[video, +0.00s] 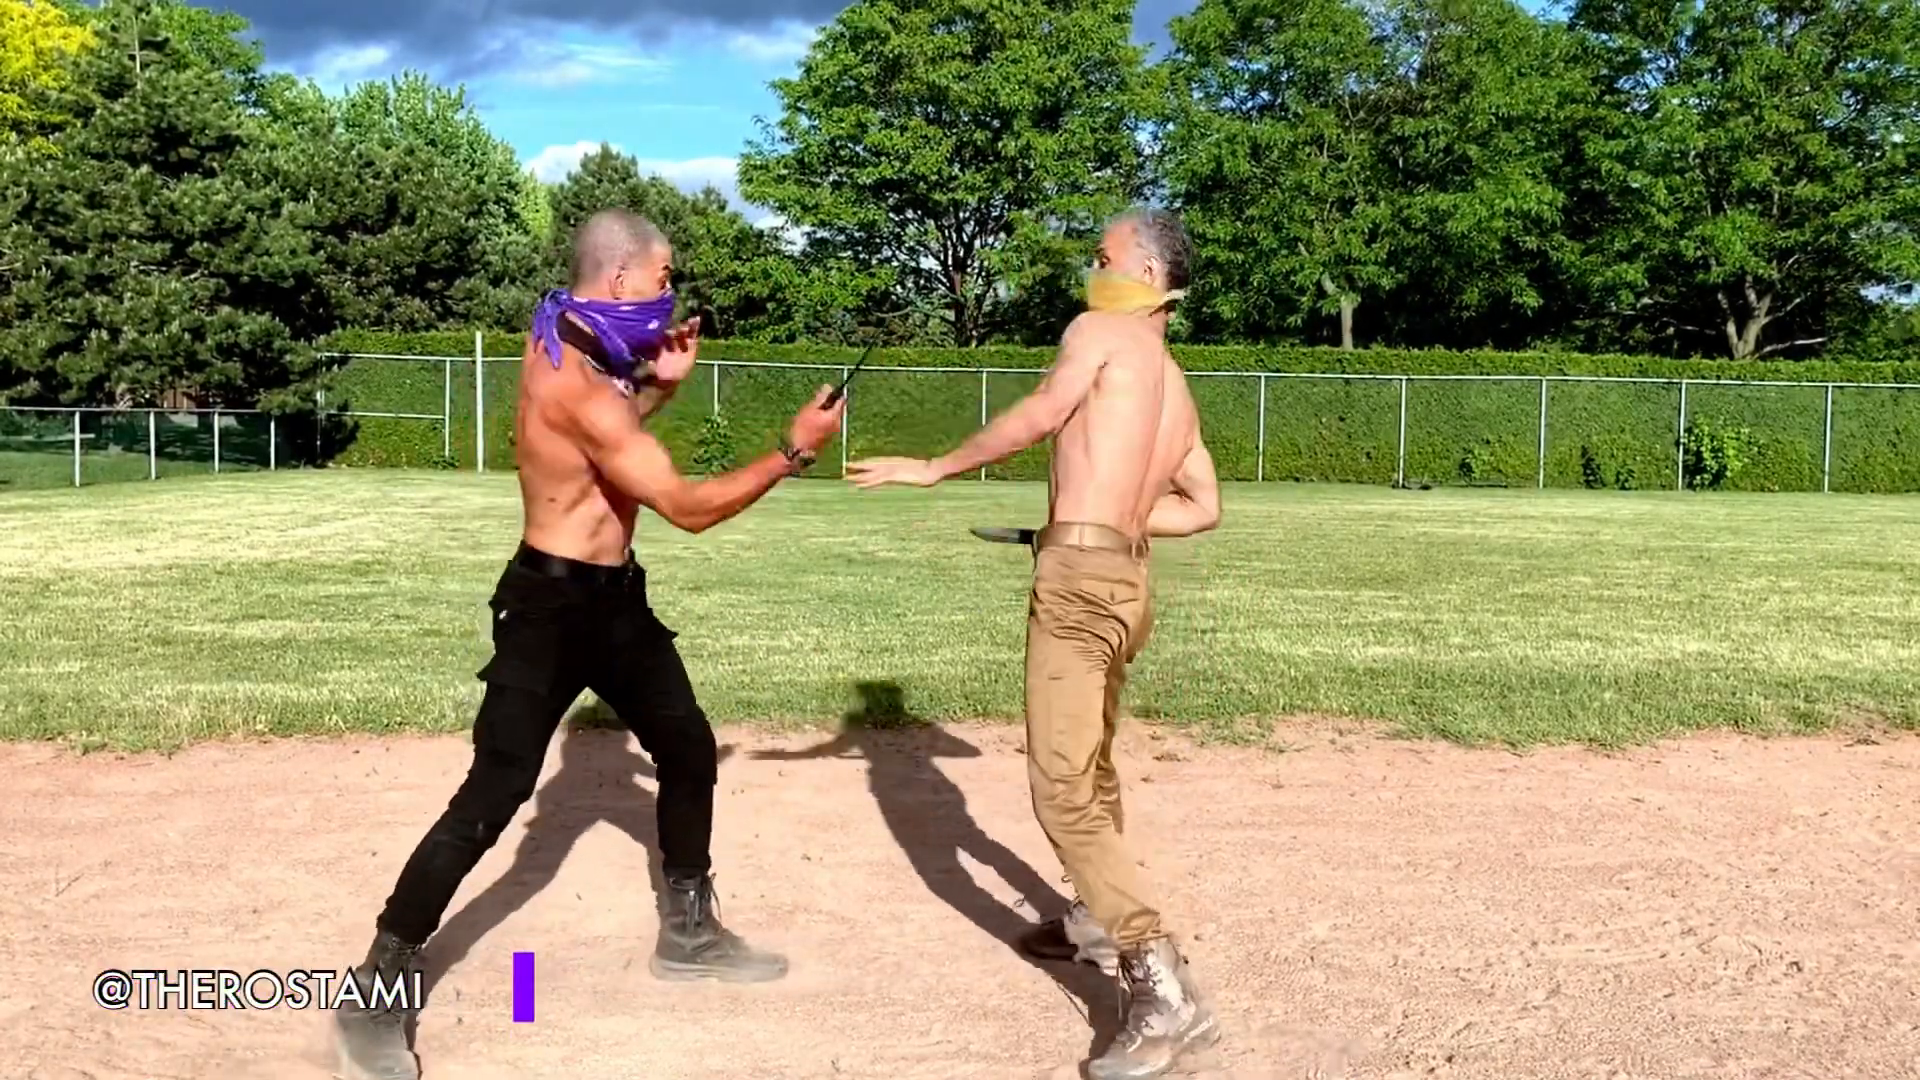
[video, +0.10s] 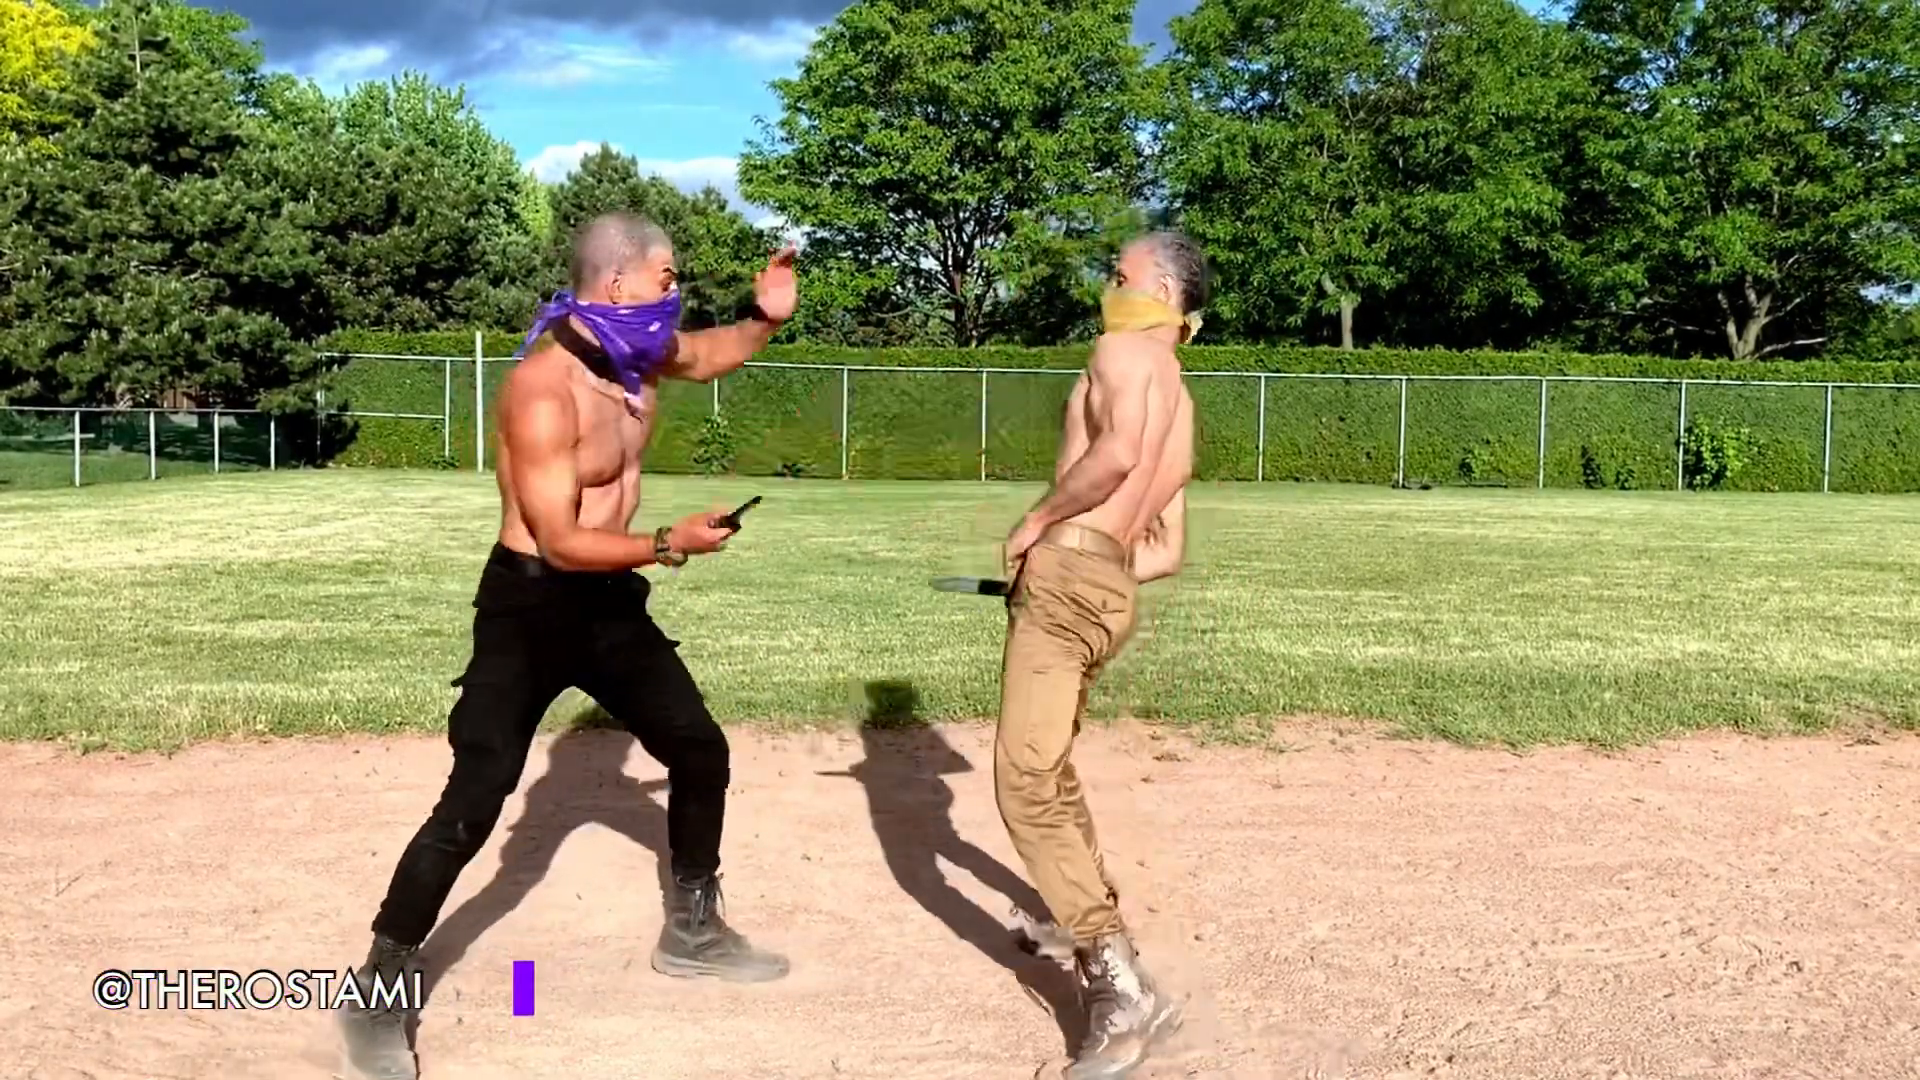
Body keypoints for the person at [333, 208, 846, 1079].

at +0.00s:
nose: (667, 298)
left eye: (669, 284)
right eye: (661, 283)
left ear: (603, 277)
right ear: (618, 280)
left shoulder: (564, 337)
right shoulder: (584, 388)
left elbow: (597, 457)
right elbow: (688, 507)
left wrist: (658, 393)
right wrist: (792, 451)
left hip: (612, 596)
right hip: (549, 602)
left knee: (689, 752)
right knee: (492, 795)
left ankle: (689, 931)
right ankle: (380, 984)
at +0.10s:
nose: (672, 297)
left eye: (673, 284)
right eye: (663, 282)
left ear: (623, 282)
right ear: (614, 283)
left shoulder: (636, 354)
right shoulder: (539, 385)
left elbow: (709, 352)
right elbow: (560, 540)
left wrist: (766, 320)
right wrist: (670, 542)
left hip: (611, 602)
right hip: (528, 607)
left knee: (702, 754)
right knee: (473, 803)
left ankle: (694, 928)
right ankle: (380, 987)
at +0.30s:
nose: (608, 325)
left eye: (611, 311)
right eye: (595, 310)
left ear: (595, 310)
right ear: (541, 313)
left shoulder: (600, 385)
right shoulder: (474, 418)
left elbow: (614, 471)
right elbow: (414, 540)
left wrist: (699, 497)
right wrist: (500, 613)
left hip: (613, 619)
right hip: (520, 631)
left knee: (711, 763)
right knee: (458, 820)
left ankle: (692, 933)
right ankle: (369, 997)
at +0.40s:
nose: (593, 346)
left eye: (595, 331)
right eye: (580, 330)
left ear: (569, 333)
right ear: (525, 335)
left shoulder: (571, 399)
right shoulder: (459, 445)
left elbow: (587, 479)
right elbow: (431, 593)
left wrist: (659, 463)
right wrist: (552, 625)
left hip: (587, 631)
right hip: (503, 655)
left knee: (716, 751)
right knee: (469, 840)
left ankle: (696, 928)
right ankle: (362, 1002)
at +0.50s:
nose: (604, 343)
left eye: (604, 329)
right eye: (593, 328)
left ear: (562, 332)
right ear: (542, 333)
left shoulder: (579, 401)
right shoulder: (474, 436)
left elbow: (603, 486)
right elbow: (441, 585)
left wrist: (665, 447)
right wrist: (572, 604)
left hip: (580, 643)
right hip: (500, 656)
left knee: (707, 761)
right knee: (472, 849)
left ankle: (708, 932)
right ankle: (362, 1000)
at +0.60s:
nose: (643, 320)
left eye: (644, 307)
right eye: (633, 306)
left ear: (597, 311)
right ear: (584, 310)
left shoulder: (601, 389)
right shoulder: (504, 404)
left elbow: (619, 461)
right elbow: (426, 535)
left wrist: (677, 409)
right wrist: (549, 557)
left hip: (598, 632)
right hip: (515, 641)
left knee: (706, 757)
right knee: (472, 840)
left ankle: (708, 931)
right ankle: (363, 999)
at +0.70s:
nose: (656, 318)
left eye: (658, 302)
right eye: (647, 300)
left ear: (626, 296)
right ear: (599, 296)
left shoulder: (616, 366)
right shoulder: (521, 361)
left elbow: (694, 353)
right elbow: (485, 459)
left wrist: (718, 276)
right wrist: (605, 420)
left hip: (598, 609)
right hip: (509, 612)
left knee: (691, 759)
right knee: (455, 806)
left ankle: (710, 928)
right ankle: (366, 990)